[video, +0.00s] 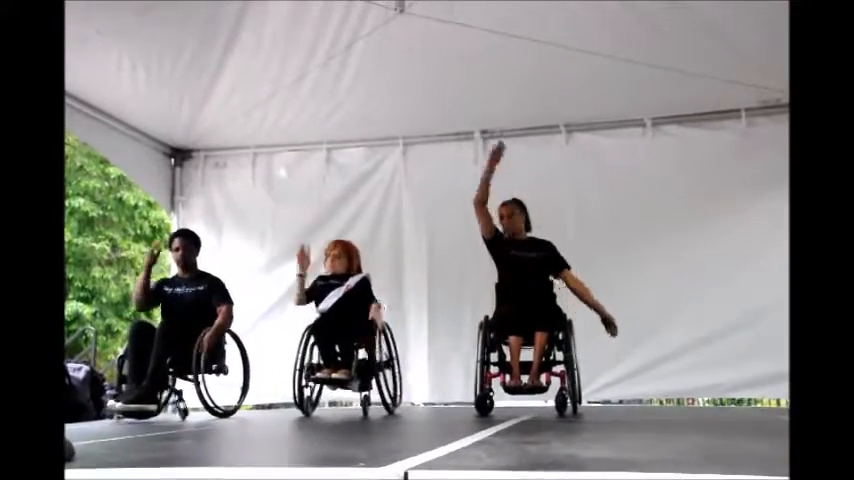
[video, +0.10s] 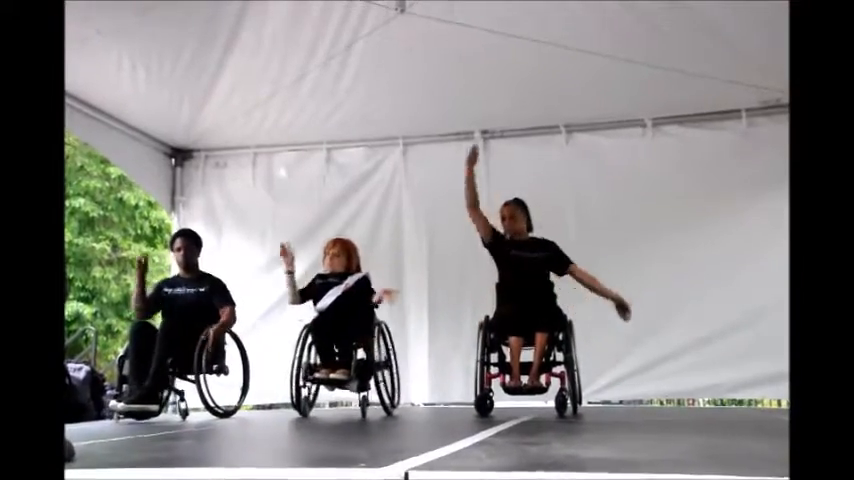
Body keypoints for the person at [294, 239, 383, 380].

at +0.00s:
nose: (331, 261)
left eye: (337, 257)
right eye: (328, 256)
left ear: (350, 261)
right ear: (325, 260)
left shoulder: (360, 281)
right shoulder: (322, 281)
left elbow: (370, 300)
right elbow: (300, 301)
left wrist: (376, 307)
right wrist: (301, 273)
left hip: (354, 318)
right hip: (331, 318)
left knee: (344, 332)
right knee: (319, 327)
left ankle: (345, 368)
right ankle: (329, 366)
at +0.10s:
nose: (329, 259)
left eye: (336, 255)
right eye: (327, 254)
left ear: (349, 260)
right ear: (324, 258)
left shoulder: (359, 280)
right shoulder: (320, 281)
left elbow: (369, 301)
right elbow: (295, 300)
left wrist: (379, 297)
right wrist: (289, 269)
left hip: (354, 320)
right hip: (330, 319)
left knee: (342, 332)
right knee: (317, 326)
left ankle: (344, 368)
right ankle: (327, 367)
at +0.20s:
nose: (329, 258)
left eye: (336, 254)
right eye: (327, 253)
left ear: (349, 259)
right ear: (323, 257)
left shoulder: (357, 278)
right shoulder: (318, 281)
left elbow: (373, 292)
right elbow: (293, 304)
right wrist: (279, 278)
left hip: (352, 319)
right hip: (328, 320)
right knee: (316, 325)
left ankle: (342, 369)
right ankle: (324, 367)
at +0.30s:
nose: (327, 256)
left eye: (333, 253)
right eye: (324, 252)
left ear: (346, 257)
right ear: (321, 256)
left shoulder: (354, 277)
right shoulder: (314, 281)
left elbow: (374, 281)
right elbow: (299, 316)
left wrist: (383, 251)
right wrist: (275, 302)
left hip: (347, 318)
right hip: (322, 319)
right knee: (310, 322)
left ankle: (339, 368)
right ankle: (320, 366)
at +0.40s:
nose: (325, 255)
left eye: (332, 251)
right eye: (323, 250)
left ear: (345, 257)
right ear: (318, 254)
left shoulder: (351, 276)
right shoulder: (311, 280)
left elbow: (370, 279)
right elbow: (302, 316)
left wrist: (370, 243)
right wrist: (279, 315)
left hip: (345, 318)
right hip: (320, 318)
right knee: (309, 324)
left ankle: (338, 369)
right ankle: (319, 367)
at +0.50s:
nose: (324, 254)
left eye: (330, 251)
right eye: (321, 249)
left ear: (340, 257)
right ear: (314, 256)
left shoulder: (346, 276)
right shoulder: (307, 280)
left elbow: (360, 271)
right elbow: (304, 313)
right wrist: (289, 319)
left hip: (343, 318)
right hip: (318, 320)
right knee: (307, 322)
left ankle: (337, 370)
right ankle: (317, 368)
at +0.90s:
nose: (313, 250)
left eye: (320, 247)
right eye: (310, 244)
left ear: (333, 254)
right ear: (304, 248)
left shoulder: (341, 273)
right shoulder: (296, 277)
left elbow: (364, 284)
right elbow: (289, 307)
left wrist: (337, 263)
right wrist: (283, 317)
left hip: (337, 317)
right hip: (307, 319)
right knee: (298, 321)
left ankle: (328, 371)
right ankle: (308, 369)